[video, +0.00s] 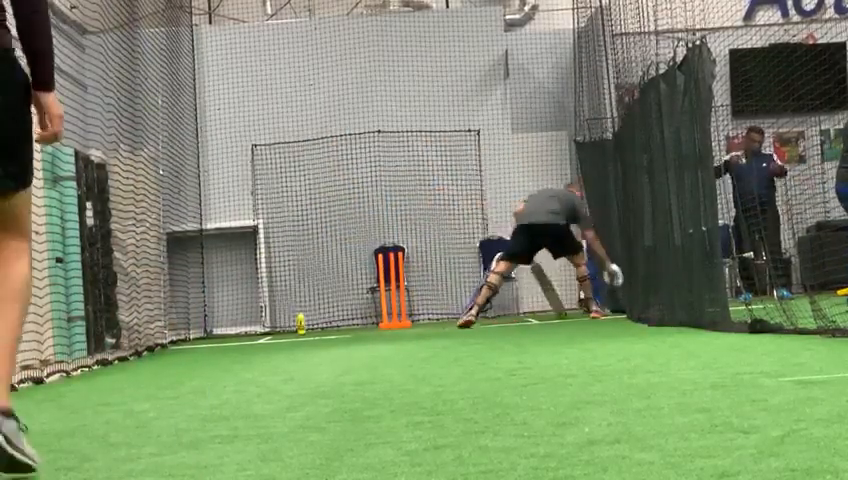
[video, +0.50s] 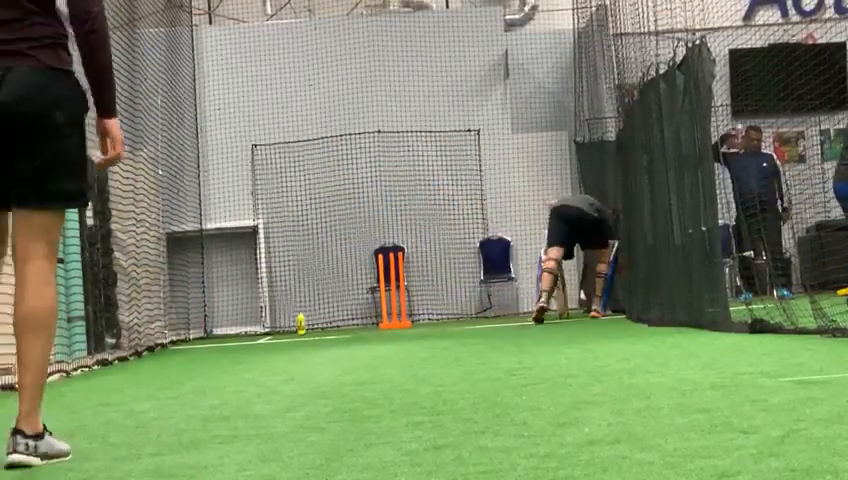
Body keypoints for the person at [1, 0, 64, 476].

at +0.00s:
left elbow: (27, 1)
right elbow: (27, 1)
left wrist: (40, 83)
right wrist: (44, 83)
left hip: (6, 75)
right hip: (1, 74)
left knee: (15, 238)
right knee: (12, 239)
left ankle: (4, 404)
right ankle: (2, 404)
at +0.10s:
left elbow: (36, 2)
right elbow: (36, 1)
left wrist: (54, 89)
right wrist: (57, 89)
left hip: (10, 81)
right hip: (4, 79)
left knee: (14, 252)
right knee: (11, 251)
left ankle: (21, 427)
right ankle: (22, 429)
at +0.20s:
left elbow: (47, 5)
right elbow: (47, 4)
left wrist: (68, 101)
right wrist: (71, 100)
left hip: (15, 83)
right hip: (11, 82)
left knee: (14, 261)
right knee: (14, 261)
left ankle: (25, 420)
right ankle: (27, 428)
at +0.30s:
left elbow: (60, 13)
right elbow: (60, 13)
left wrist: (81, 110)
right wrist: (83, 110)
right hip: (22, 88)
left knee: (23, 260)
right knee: (23, 260)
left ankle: (28, 427)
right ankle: (27, 429)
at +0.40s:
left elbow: (73, 15)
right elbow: (74, 15)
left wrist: (93, 109)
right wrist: (96, 109)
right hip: (33, 88)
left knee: (34, 260)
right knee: (33, 259)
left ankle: (28, 428)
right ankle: (28, 430)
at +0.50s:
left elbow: (87, 14)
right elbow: (87, 13)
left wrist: (105, 109)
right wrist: (107, 110)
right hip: (41, 84)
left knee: (35, 260)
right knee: (36, 260)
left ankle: (28, 428)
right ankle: (28, 430)